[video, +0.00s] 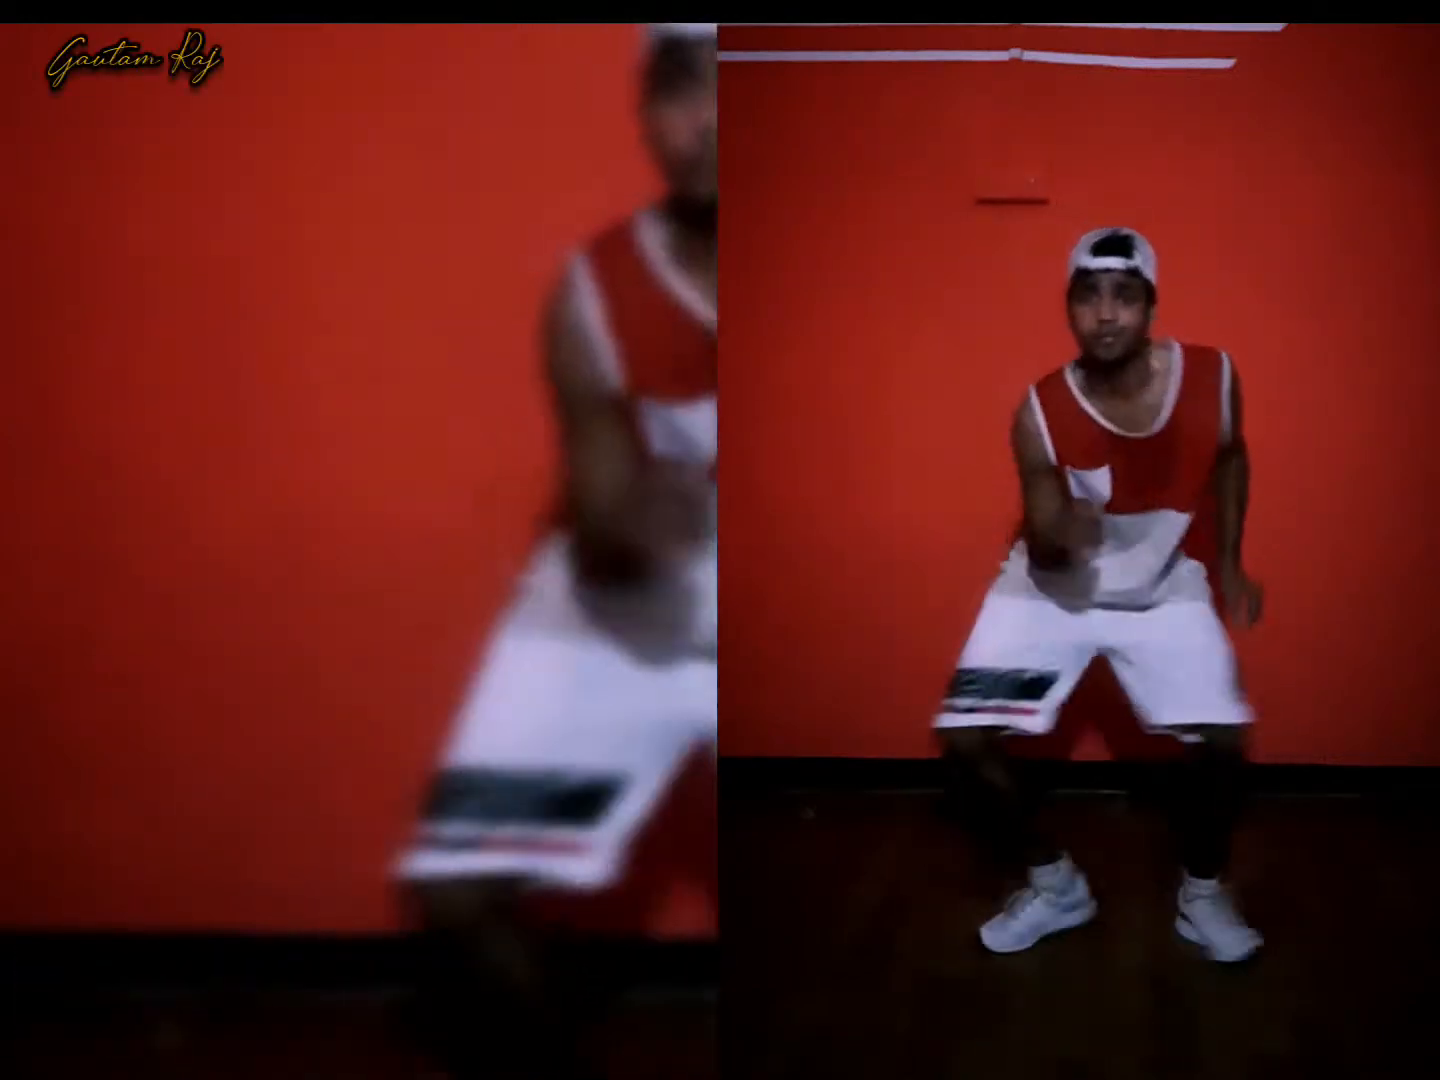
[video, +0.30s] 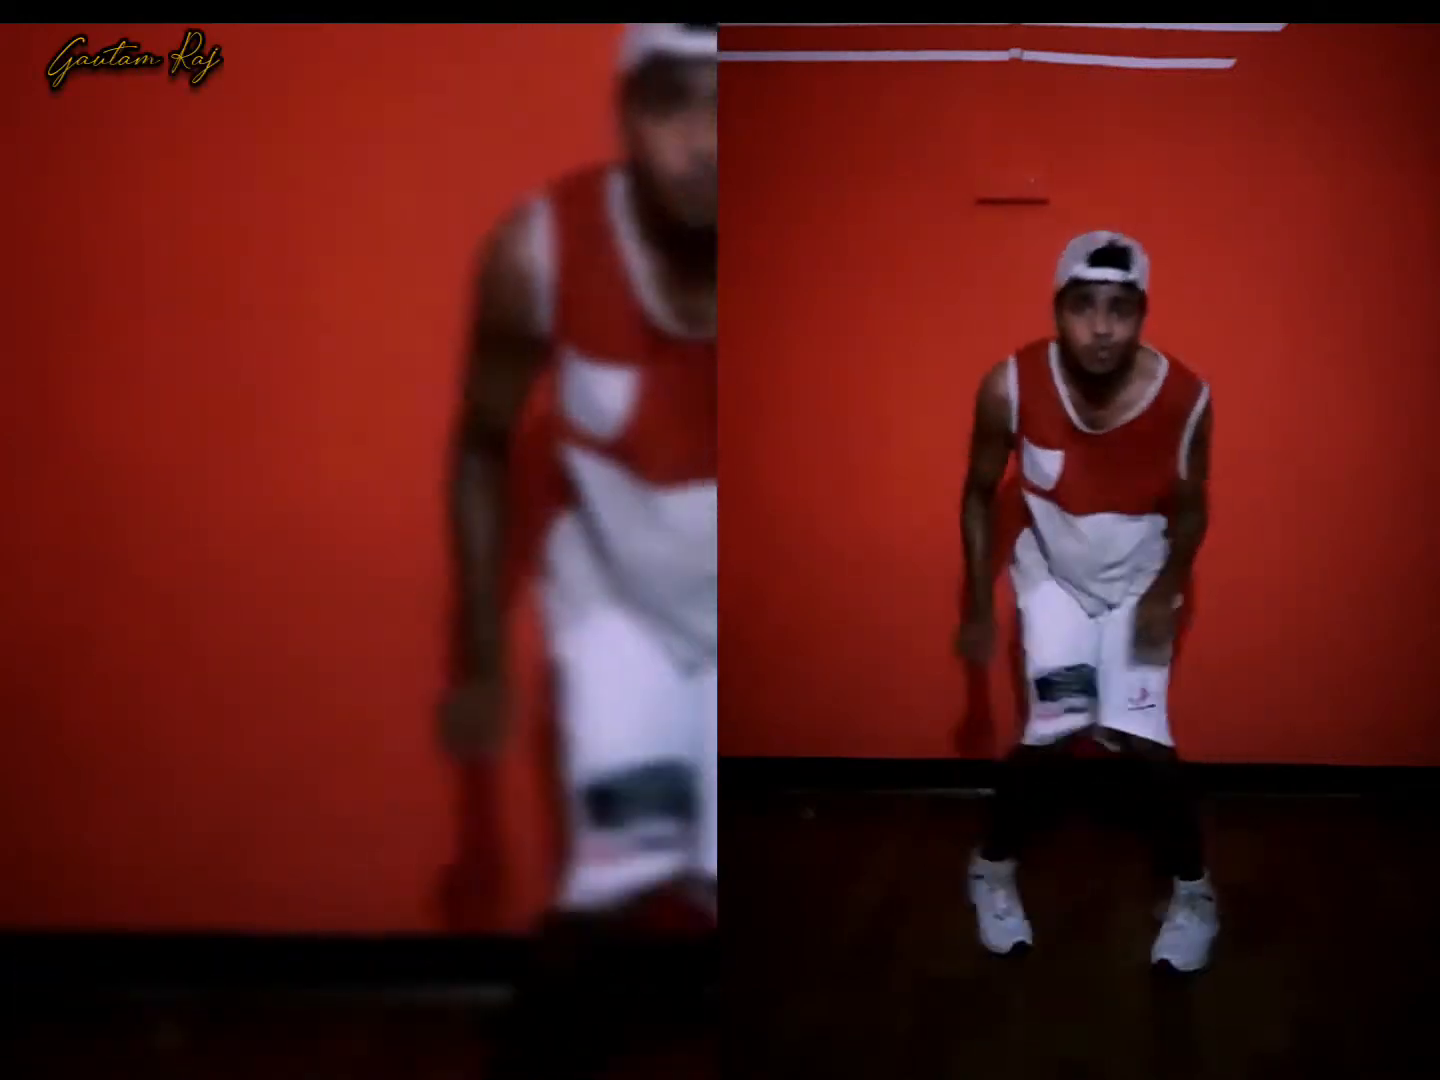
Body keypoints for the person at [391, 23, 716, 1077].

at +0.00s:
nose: (703, 136)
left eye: (722, 107)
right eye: (680, 107)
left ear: (761, 122)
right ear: (649, 122)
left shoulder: (823, 268)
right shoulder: (605, 286)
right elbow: (607, 540)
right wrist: (647, 518)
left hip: (772, 597)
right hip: (625, 595)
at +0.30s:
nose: (709, 143)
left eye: (727, 112)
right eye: (681, 112)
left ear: (759, 128)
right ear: (630, 125)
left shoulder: (787, 247)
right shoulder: (548, 249)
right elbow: (484, 446)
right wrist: (478, 661)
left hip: (755, 626)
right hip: (619, 616)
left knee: (751, 889)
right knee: (632, 879)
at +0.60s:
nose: (586, 155)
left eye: (622, 124)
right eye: (556, 121)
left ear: (670, 148)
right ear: (518, 142)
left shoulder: (741, 298)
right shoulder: (487, 279)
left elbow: (821, 477)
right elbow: (487, 462)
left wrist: (736, 572)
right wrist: (493, 598)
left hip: (711, 662)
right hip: (548, 646)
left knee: (789, 910)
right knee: (425, 895)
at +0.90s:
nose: (623, 119)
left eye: (657, 86)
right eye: (593, 84)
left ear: (705, 110)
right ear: (554, 106)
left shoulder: (756, 258)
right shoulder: (479, 217)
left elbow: (787, 481)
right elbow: (521, 383)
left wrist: (702, 659)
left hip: (732, 611)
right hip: (573, 591)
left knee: (765, 909)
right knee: (466, 885)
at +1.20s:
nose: (498, 119)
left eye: (531, 85)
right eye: (469, 86)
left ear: (581, 104)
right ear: (438, 111)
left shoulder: (705, 242)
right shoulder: (402, 283)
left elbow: (793, 392)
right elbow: (328, 439)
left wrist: (747, 520)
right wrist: (435, 523)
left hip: (699, 626)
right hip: (515, 629)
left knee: (789, 902)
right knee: (474, 918)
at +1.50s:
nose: (460, 85)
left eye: (490, 55)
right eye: (434, 54)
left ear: (533, 71)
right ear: (401, 72)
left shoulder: (595, 197)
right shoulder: (362, 237)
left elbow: (595, 386)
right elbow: (444, 485)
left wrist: (723, 435)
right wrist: (468, 337)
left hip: (600, 629)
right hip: (456, 633)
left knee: (527, 962)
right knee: (450, 955)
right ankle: (330, 1053)